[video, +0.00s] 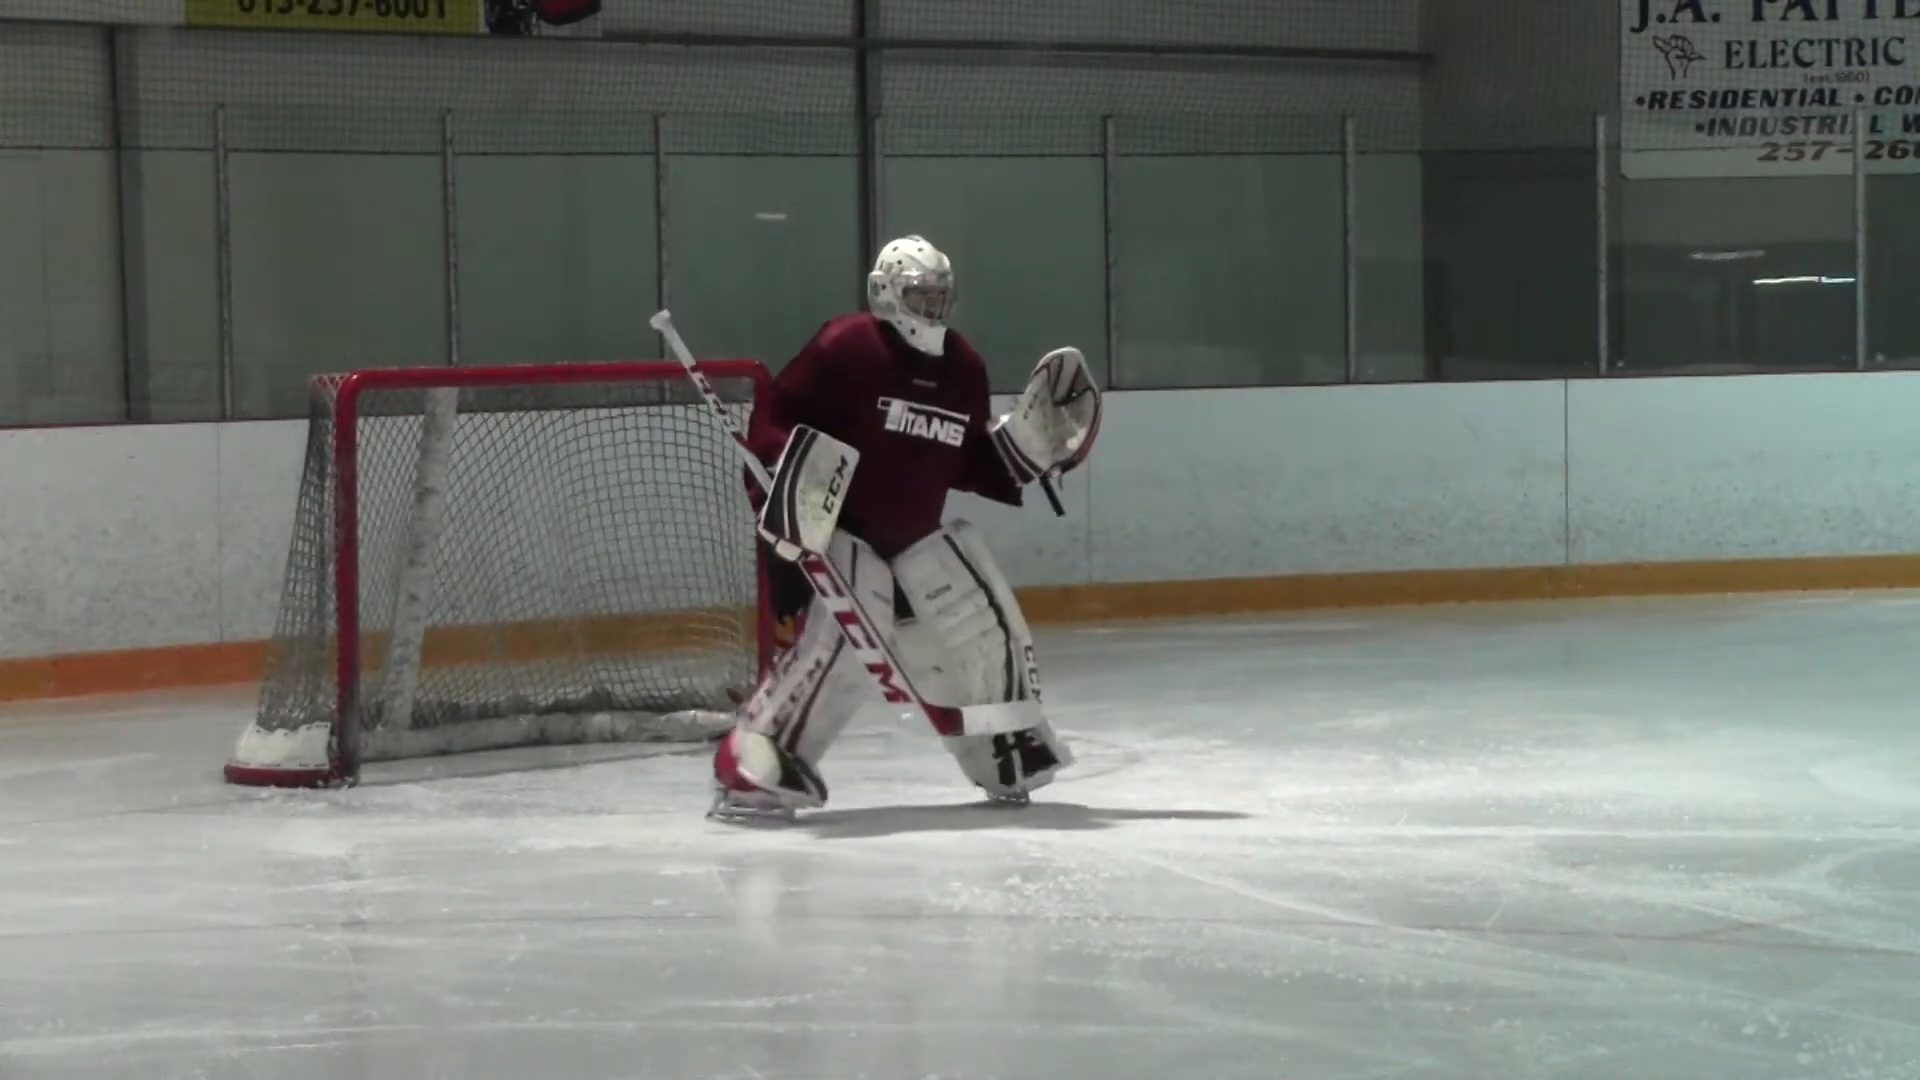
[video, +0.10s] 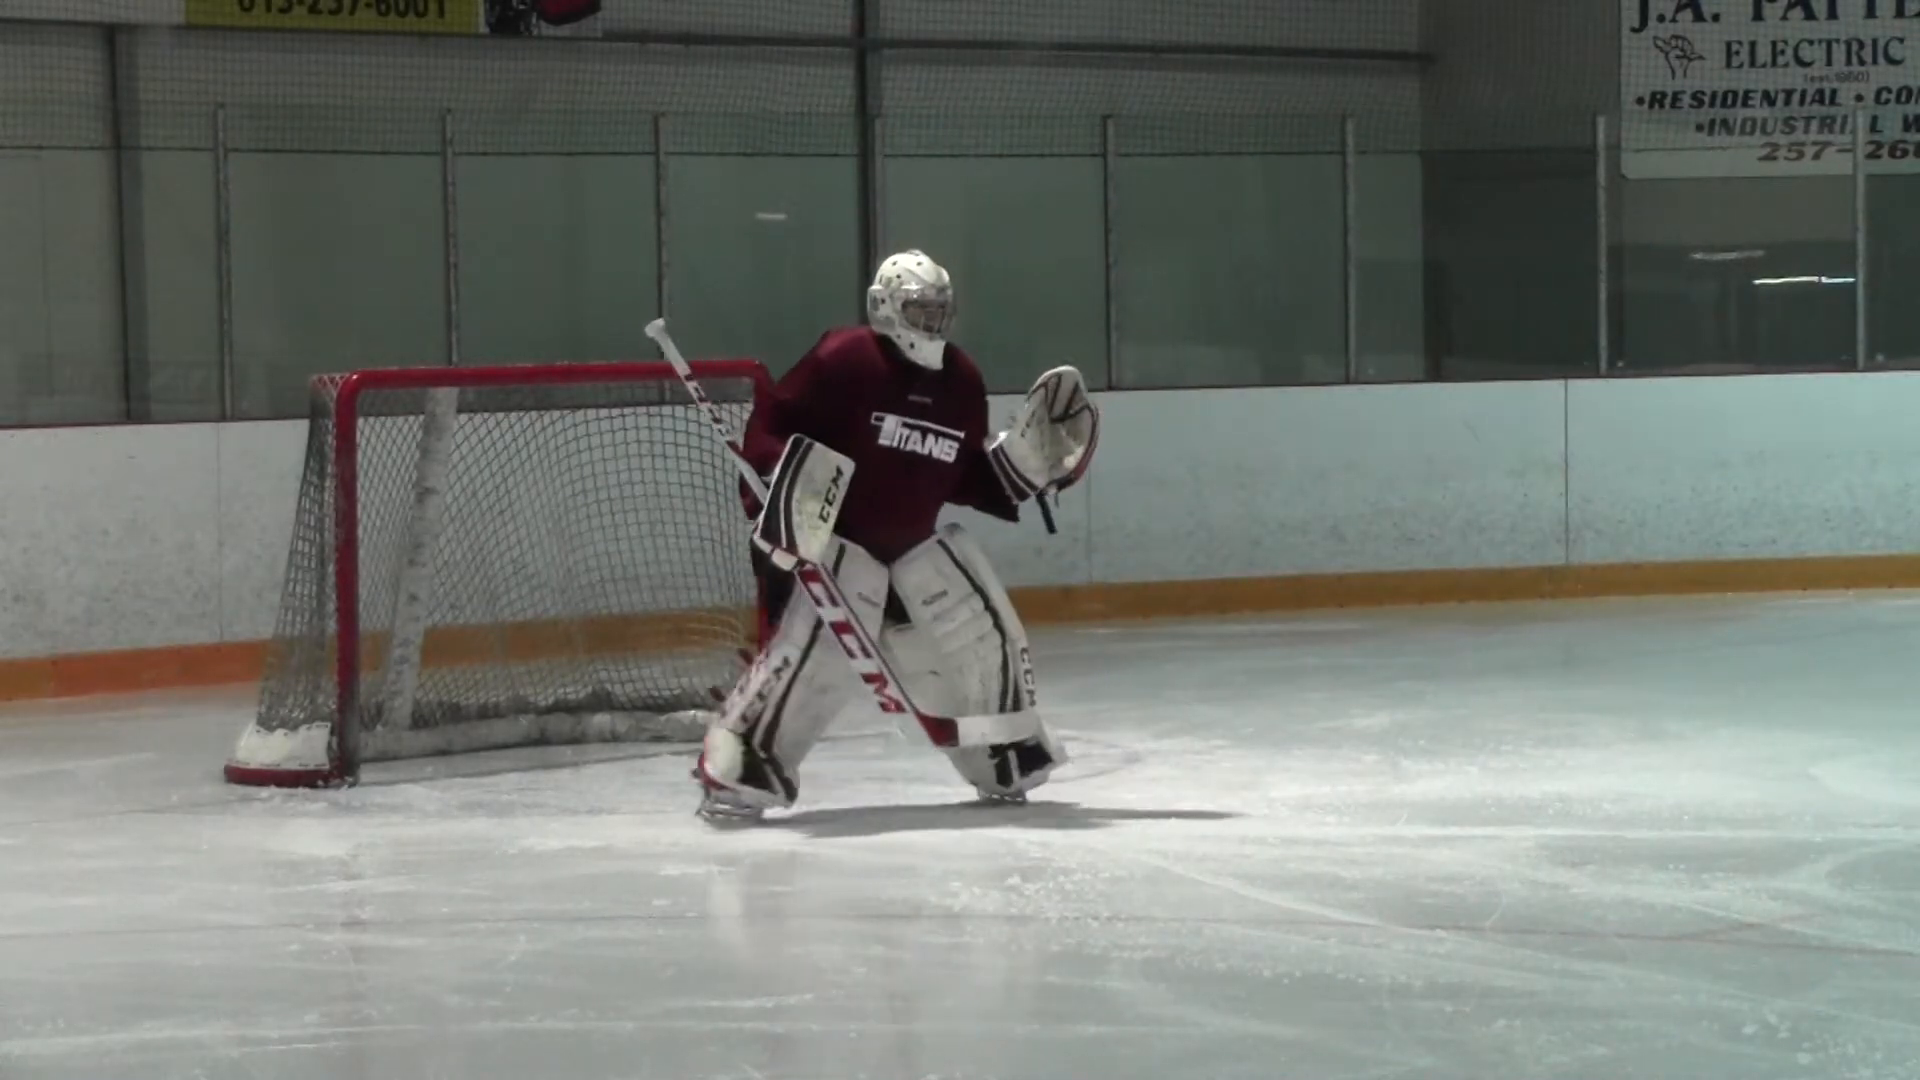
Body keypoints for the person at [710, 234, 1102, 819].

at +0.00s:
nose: (929, 312)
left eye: (939, 300)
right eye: (917, 297)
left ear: (951, 300)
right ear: (884, 295)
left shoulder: (963, 368)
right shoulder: (849, 346)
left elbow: (964, 463)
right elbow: (769, 417)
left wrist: (1031, 441)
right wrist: (798, 471)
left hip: (917, 540)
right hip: (843, 532)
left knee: (973, 632)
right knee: (842, 647)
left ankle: (1005, 756)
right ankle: (759, 763)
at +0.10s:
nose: (932, 324)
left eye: (940, 311)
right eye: (919, 310)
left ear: (950, 312)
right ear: (886, 309)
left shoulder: (961, 380)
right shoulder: (847, 358)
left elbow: (958, 476)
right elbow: (764, 431)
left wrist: (1023, 466)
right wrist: (797, 485)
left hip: (917, 549)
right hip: (839, 545)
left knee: (973, 642)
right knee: (812, 661)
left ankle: (1002, 765)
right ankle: (740, 778)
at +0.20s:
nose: (931, 339)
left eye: (939, 327)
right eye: (918, 326)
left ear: (948, 327)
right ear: (884, 325)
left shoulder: (956, 393)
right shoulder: (844, 369)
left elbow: (955, 491)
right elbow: (763, 436)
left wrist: (1020, 475)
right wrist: (784, 501)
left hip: (914, 549)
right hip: (836, 547)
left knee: (973, 639)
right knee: (814, 664)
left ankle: (1002, 761)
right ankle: (738, 776)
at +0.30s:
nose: (933, 347)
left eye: (940, 335)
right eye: (921, 334)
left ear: (948, 335)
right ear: (885, 333)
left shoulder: (951, 397)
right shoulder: (843, 377)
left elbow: (955, 497)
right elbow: (760, 445)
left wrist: (1013, 489)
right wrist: (779, 521)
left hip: (918, 547)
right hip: (840, 550)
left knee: (981, 632)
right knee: (828, 662)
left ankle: (999, 758)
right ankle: (733, 772)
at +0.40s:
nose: (940, 351)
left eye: (946, 338)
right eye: (928, 338)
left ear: (953, 339)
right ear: (892, 338)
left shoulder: (956, 403)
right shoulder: (851, 383)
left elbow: (962, 496)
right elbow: (769, 448)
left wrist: (1016, 489)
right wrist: (786, 527)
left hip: (923, 557)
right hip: (846, 555)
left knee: (990, 629)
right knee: (843, 660)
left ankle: (999, 753)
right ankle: (733, 771)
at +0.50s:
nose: (959, 348)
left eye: (964, 336)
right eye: (947, 335)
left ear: (970, 338)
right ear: (911, 334)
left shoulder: (974, 403)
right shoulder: (873, 382)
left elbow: (984, 491)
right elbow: (782, 440)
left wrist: (1036, 479)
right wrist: (824, 491)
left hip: (936, 571)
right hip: (860, 566)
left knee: (980, 657)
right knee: (830, 673)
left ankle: (1007, 757)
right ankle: (742, 775)